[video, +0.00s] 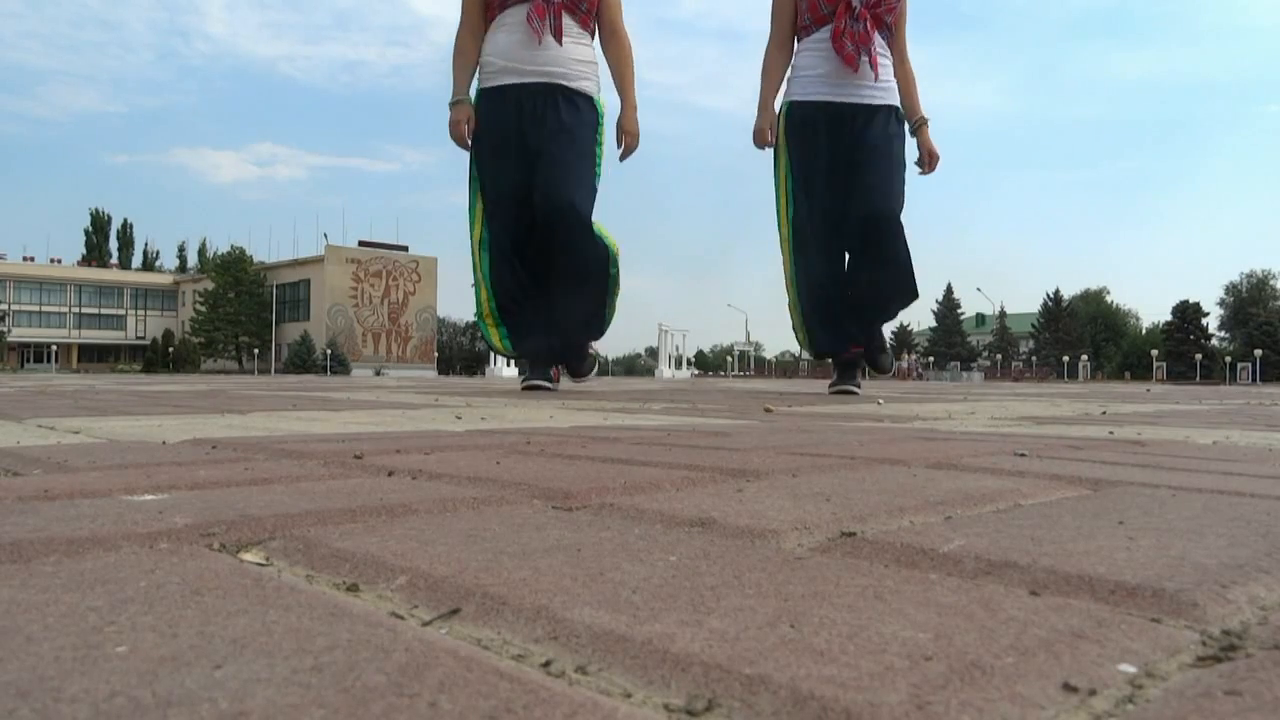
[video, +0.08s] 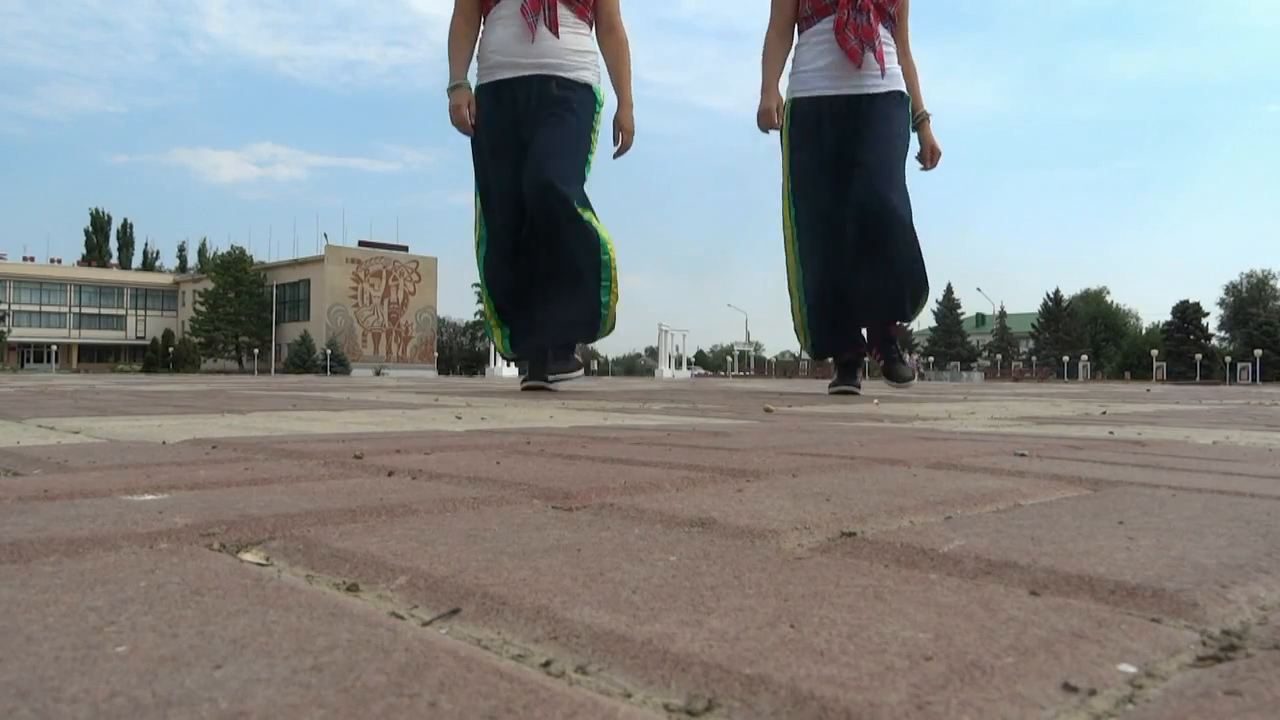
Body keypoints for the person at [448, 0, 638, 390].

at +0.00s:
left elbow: (613, 30)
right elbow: (471, 27)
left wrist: (628, 106)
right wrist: (460, 96)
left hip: (571, 95)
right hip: (501, 94)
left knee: (565, 213)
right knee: (510, 226)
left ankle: (574, 335)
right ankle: (534, 354)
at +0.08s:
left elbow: (610, 25)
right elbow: (466, 12)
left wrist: (625, 102)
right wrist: (458, 82)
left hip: (568, 85)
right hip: (498, 86)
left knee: (549, 191)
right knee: (506, 218)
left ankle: (566, 339)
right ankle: (531, 350)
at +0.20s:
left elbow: (605, 21)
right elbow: (461, 6)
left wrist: (613, 104)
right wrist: (453, 71)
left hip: (565, 78)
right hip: (491, 80)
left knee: (543, 202)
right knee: (498, 215)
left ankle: (531, 337)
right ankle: (543, 348)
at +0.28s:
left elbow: (602, 17)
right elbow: (456, 3)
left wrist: (607, 102)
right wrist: (447, 68)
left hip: (561, 68)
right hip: (485, 71)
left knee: (535, 206)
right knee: (493, 218)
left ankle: (516, 338)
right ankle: (540, 350)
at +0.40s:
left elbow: (602, 5)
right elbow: (446, 1)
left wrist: (608, 89)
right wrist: (433, 63)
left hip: (559, 48)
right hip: (478, 53)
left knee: (532, 204)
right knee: (479, 207)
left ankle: (511, 352)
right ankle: (526, 349)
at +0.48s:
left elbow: (604, 3)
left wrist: (611, 72)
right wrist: (422, 53)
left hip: (556, 30)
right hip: (471, 40)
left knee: (540, 195)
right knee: (470, 198)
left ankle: (514, 352)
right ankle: (493, 349)